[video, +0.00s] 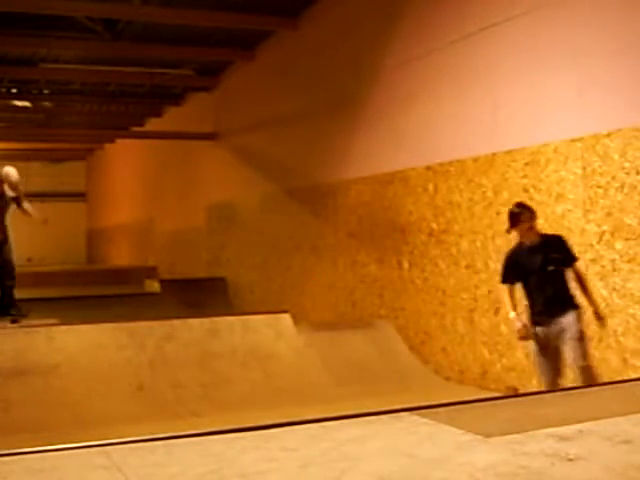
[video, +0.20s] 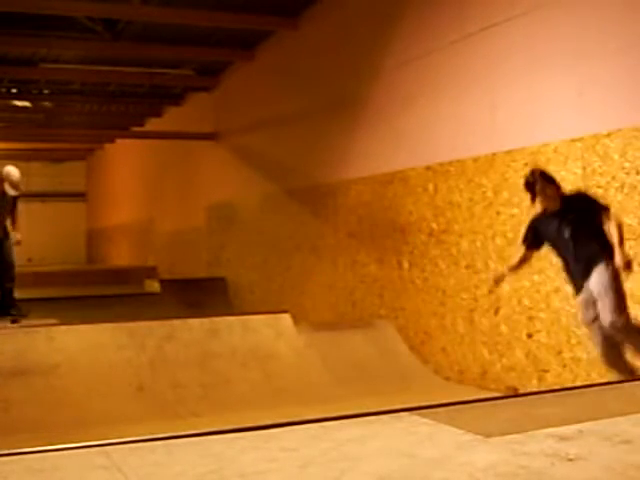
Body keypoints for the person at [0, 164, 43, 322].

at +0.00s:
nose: (17, 186)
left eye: (17, 182)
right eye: (13, 182)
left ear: (17, 181)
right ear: (6, 182)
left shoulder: (11, 193)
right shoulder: (5, 194)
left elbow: (24, 206)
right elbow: (24, 206)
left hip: (4, 233)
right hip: (3, 235)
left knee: (8, 269)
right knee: (7, 270)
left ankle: (10, 306)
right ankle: (9, 306)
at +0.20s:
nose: (14, 190)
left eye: (16, 186)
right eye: (12, 185)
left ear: (17, 182)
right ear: (5, 181)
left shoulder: (13, 193)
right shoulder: (5, 194)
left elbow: (13, 213)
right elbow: (9, 215)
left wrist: (16, 230)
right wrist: (12, 232)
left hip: (5, 234)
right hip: (4, 235)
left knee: (9, 268)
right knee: (8, 268)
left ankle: (9, 304)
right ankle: (8, 304)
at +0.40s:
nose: (11, 179)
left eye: (12, 174)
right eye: (7, 175)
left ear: (14, 173)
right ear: (2, 174)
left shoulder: (13, 184)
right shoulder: (9, 185)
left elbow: (16, 209)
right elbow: (15, 210)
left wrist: (19, 233)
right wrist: (17, 234)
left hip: (7, 236)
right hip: (5, 237)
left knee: (10, 272)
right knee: (8, 272)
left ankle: (9, 304)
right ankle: (7, 304)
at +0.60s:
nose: (5, 173)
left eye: (7, 169)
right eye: (3, 169)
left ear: (11, 167)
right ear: (1, 168)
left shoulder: (14, 180)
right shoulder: (13, 181)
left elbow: (27, 204)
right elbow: (28, 204)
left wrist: (34, 228)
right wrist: (35, 228)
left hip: (8, 237)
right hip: (5, 238)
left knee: (12, 271)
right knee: (10, 272)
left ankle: (10, 303)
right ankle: (8, 303)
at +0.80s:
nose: (25, 204)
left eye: (27, 200)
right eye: (22, 200)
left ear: (29, 195)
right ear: (13, 194)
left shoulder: (28, 204)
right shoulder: (4, 202)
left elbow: (41, 216)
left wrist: (52, 233)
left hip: (10, 254)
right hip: (1, 254)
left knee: (12, 289)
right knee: (9, 289)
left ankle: (13, 325)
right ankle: (11, 325)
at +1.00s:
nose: (33, 251)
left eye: (36, 247)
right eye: (30, 247)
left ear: (39, 239)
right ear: (20, 238)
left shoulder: (35, 244)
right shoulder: (6, 243)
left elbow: (54, 256)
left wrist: (66, 280)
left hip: (15, 299)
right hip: (4, 299)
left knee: (11, 336)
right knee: (6, 337)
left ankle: (17, 373)